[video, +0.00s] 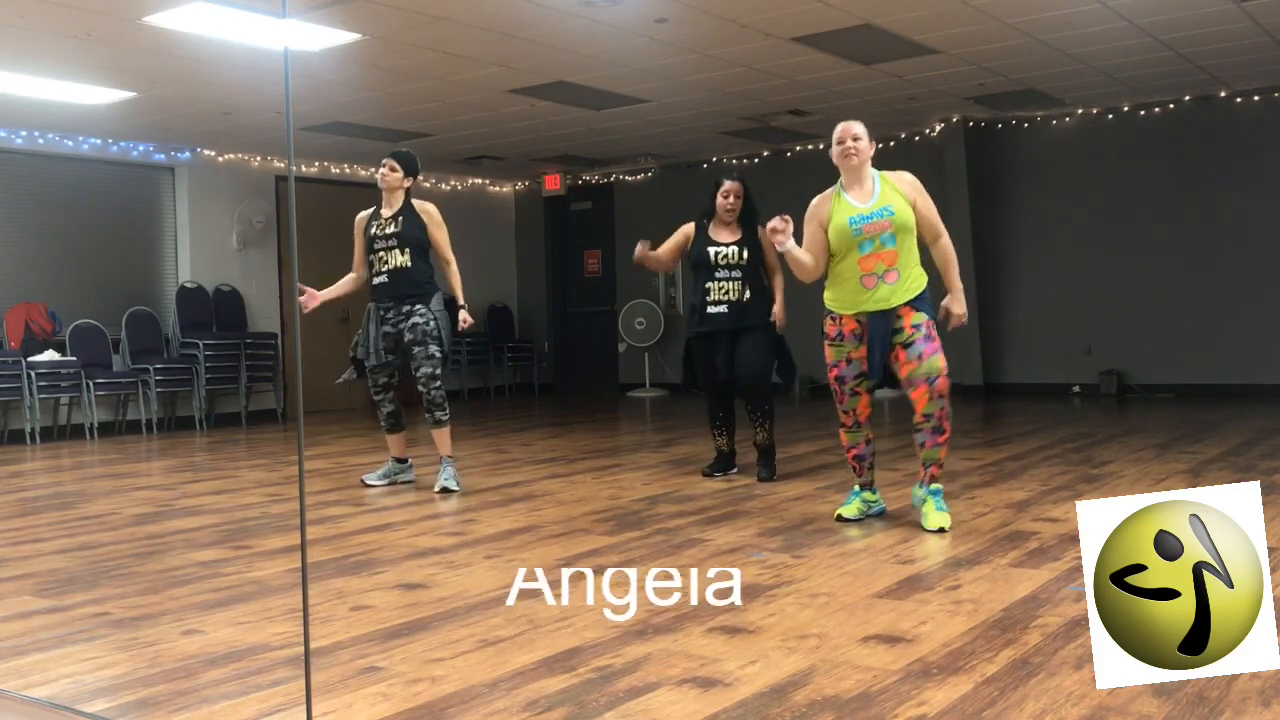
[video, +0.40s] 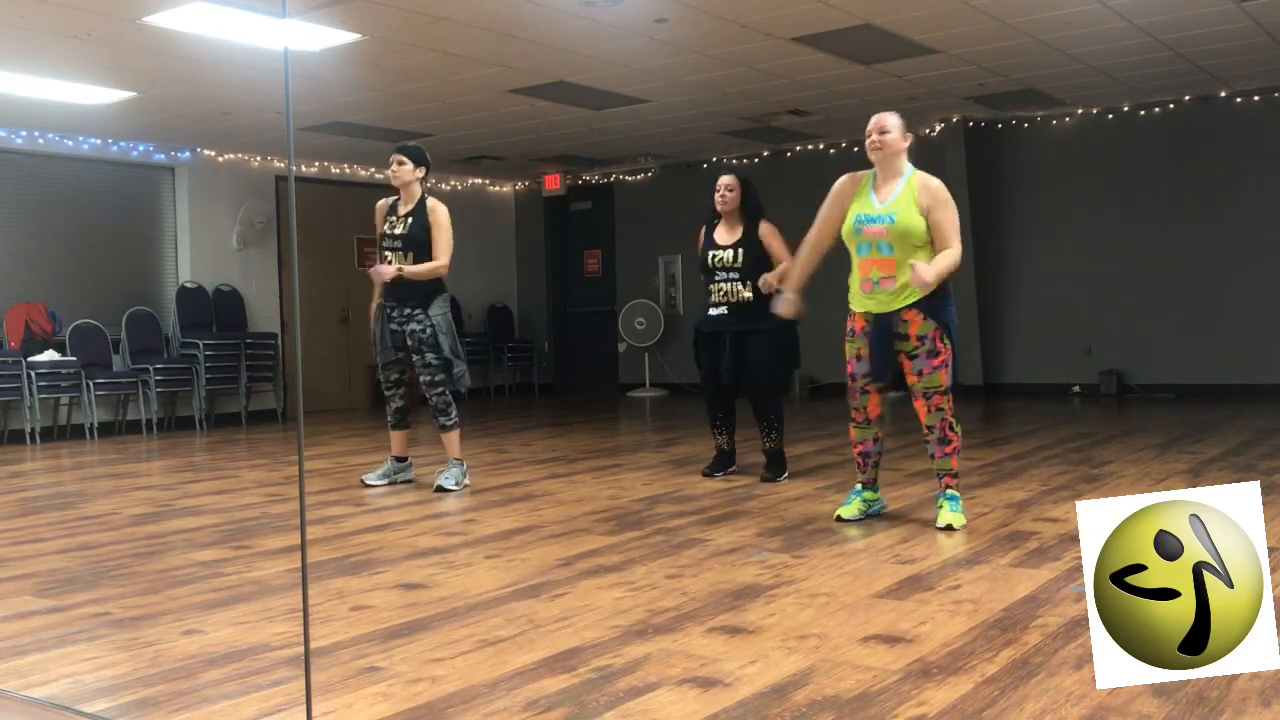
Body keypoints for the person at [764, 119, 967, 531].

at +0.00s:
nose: (849, 145)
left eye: (856, 138)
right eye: (841, 141)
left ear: (873, 148)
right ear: (831, 156)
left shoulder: (903, 184)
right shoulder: (822, 207)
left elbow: (938, 238)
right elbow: (810, 270)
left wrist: (955, 292)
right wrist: (787, 246)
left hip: (907, 311)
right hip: (847, 319)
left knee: (934, 385)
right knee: (851, 406)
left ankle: (930, 489)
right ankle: (865, 491)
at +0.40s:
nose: (873, 138)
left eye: (884, 131)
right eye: (869, 134)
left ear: (907, 139)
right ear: (864, 145)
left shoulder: (928, 188)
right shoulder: (849, 187)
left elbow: (952, 250)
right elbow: (814, 243)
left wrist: (932, 270)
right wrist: (790, 289)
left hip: (919, 310)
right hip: (864, 313)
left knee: (934, 403)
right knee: (863, 402)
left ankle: (949, 494)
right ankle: (867, 491)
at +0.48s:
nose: (880, 140)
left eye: (889, 133)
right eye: (876, 135)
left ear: (914, 142)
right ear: (872, 146)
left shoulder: (933, 189)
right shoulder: (858, 189)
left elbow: (954, 247)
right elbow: (848, 245)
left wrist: (915, 272)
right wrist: (843, 298)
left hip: (930, 309)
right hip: (875, 312)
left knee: (938, 401)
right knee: (834, 382)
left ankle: (949, 494)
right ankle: (859, 473)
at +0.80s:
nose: (873, 142)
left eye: (882, 134)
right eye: (868, 137)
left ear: (906, 140)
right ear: (864, 148)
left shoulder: (930, 182)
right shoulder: (855, 195)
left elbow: (956, 242)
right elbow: (854, 257)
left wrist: (964, 304)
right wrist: (830, 300)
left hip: (921, 309)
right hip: (867, 313)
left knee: (933, 402)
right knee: (861, 400)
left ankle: (948, 495)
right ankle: (867, 491)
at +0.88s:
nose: (871, 142)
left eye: (879, 135)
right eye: (864, 138)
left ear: (898, 142)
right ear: (857, 148)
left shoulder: (924, 184)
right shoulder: (845, 200)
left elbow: (966, 238)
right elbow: (831, 262)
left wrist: (977, 298)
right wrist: (795, 273)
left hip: (917, 310)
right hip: (861, 315)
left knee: (930, 402)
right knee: (864, 404)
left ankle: (947, 494)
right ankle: (867, 492)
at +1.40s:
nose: (884, 139)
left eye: (894, 132)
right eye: (880, 135)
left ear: (918, 140)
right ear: (876, 146)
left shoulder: (936, 191)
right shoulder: (866, 183)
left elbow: (951, 257)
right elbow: (847, 241)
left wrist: (927, 257)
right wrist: (836, 294)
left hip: (923, 312)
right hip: (870, 313)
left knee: (937, 404)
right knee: (864, 402)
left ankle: (955, 497)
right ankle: (866, 492)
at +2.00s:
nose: (895, 142)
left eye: (905, 134)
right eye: (890, 137)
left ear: (930, 141)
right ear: (887, 147)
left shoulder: (943, 188)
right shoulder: (876, 184)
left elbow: (956, 233)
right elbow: (863, 238)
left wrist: (950, 279)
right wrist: (861, 289)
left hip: (935, 312)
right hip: (885, 312)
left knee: (943, 404)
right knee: (838, 375)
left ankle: (956, 497)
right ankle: (853, 473)